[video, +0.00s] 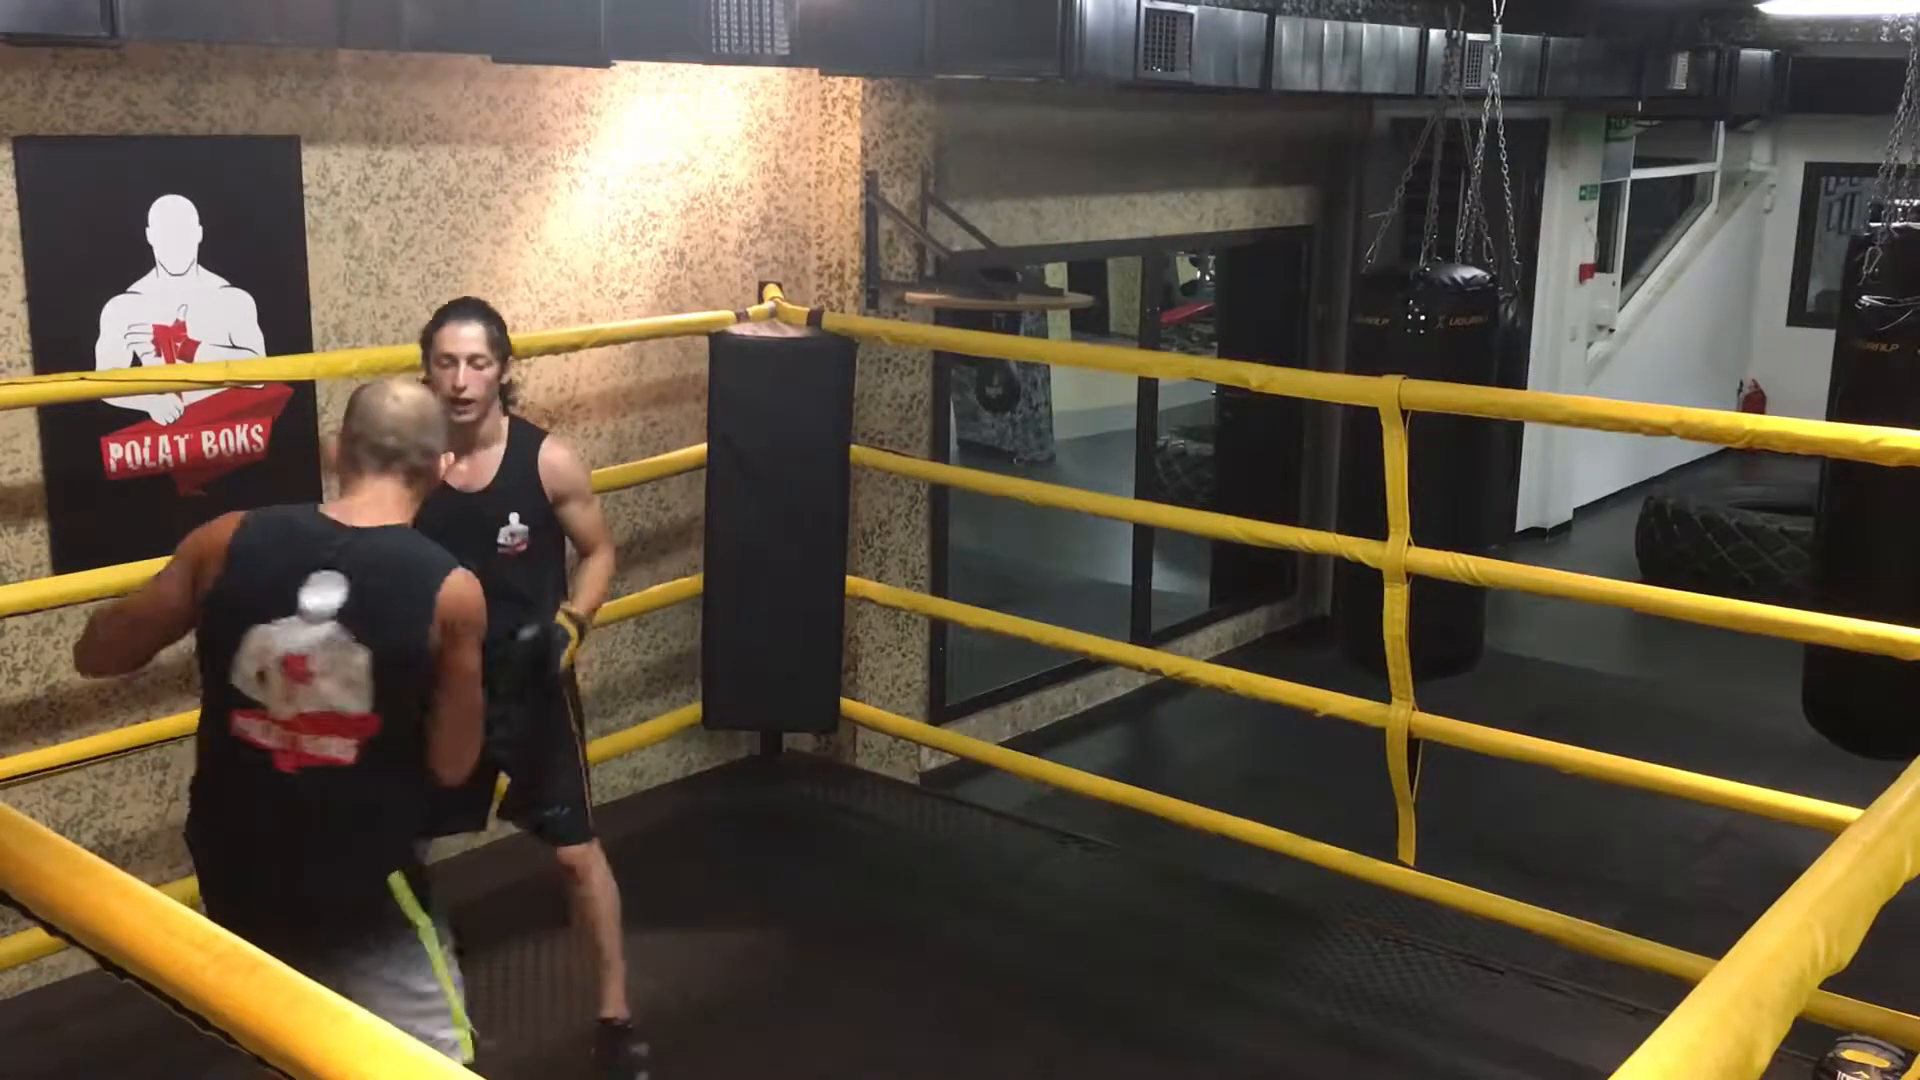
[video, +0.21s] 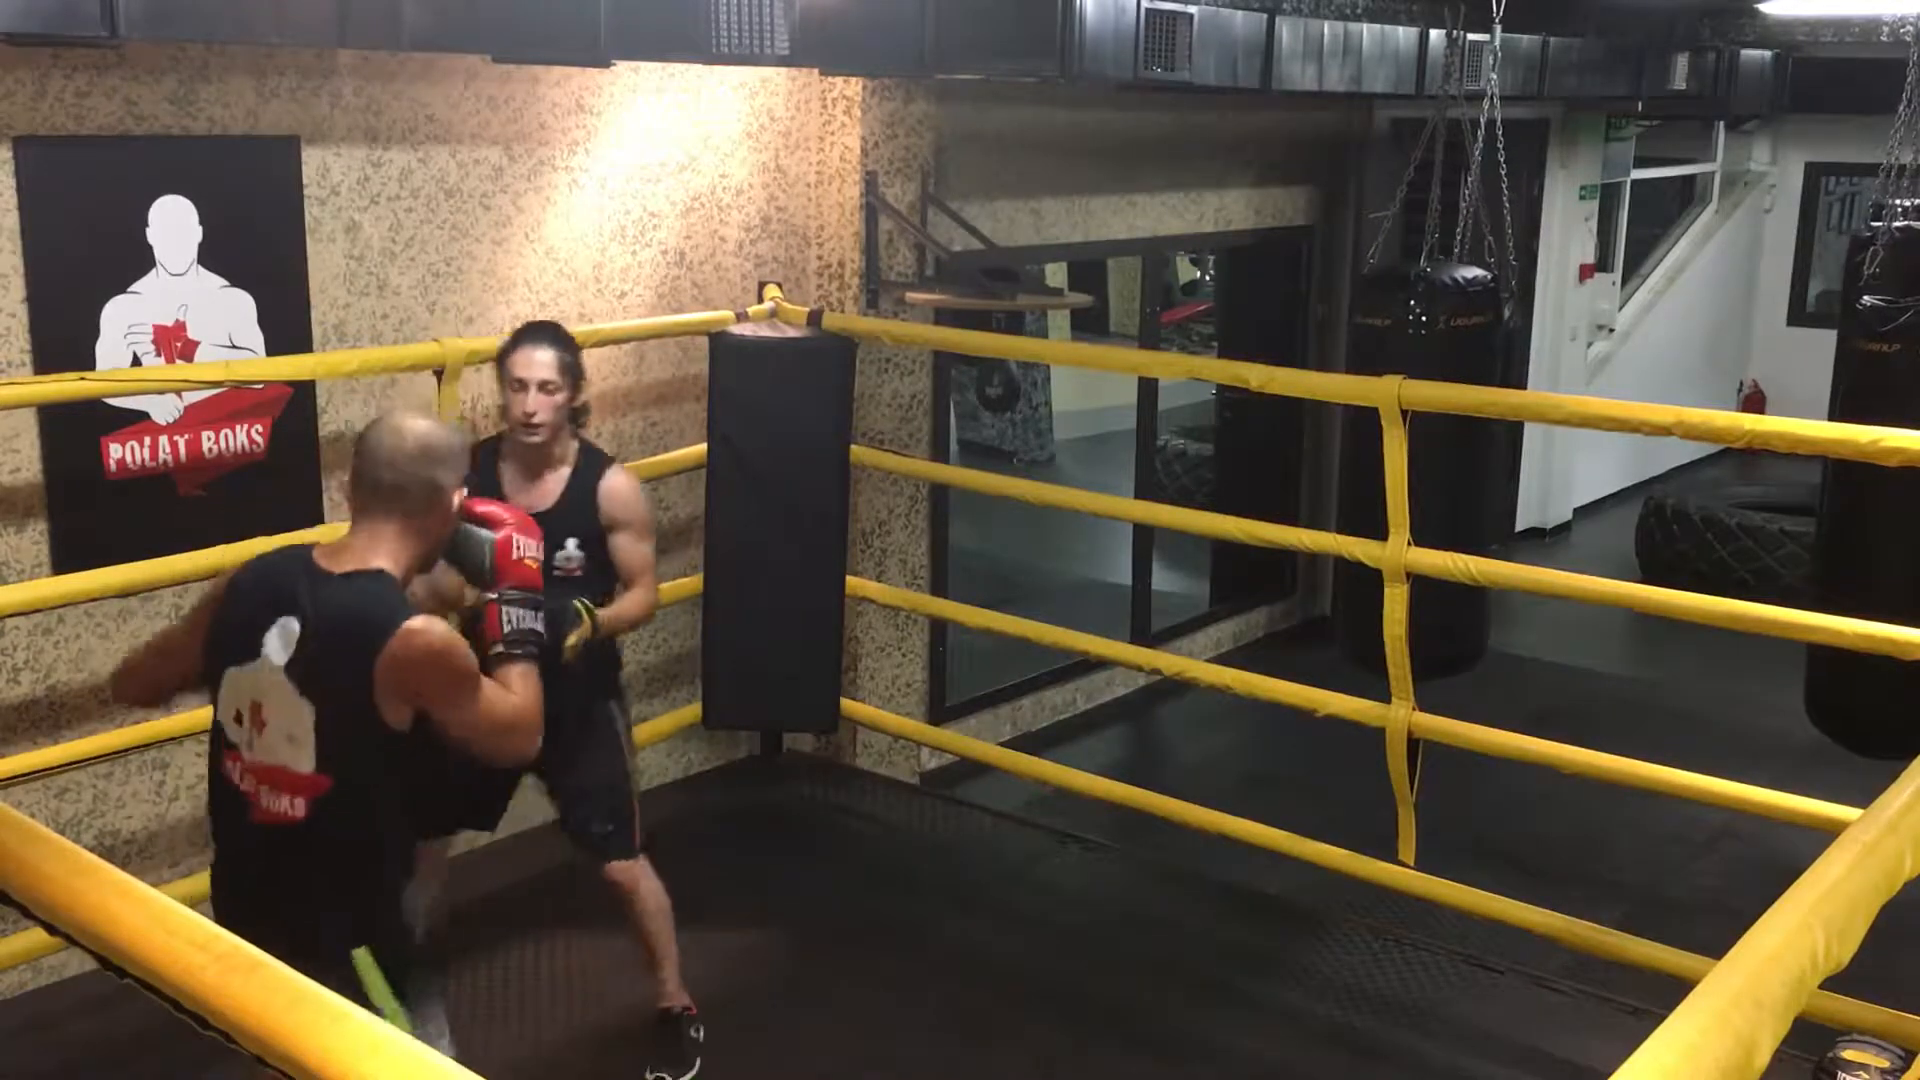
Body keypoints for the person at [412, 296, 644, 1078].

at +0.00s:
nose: (459, 378)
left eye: (476, 363)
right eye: (445, 364)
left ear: (504, 370)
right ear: (427, 371)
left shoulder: (549, 460)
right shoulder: (408, 461)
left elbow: (598, 553)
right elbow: (372, 552)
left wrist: (571, 622)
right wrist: (395, 626)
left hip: (527, 680)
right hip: (432, 674)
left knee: (575, 850)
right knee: (400, 840)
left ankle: (614, 1013)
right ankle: (413, 997)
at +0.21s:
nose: (529, 405)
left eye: (546, 389)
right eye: (517, 388)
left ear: (575, 395)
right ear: (500, 393)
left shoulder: (611, 487)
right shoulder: (473, 468)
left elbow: (642, 593)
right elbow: (432, 562)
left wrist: (594, 621)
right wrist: (464, 603)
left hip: (576, 686)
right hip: (482, 677)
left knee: (621, 864)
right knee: (423, 830)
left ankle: (674, 999)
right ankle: (410, 955)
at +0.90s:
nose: (646, 401)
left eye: (662, 385)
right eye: (634, 384)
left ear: (696, 386)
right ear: (622, 388)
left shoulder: (743, 456)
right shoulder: (630, 469)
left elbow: (769, 555)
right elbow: (588, 559)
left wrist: (732, 460)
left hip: (744, 682)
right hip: (672, 679)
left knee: (771, 855)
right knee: (655, 833)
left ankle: (816, 1034)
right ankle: (730, 951)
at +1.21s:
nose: (684, 409)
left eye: (701, 393)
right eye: (674, 395)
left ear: (735, 400)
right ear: (664, 405)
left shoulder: (783, 478)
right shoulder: (672, 485)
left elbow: (786, 570)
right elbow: (606, 545)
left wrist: (765, 471)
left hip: (788, 698)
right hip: (718, 689)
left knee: (790, 881)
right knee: (688, 833)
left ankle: (820, 1048)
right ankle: (742, 949)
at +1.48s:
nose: (715, 398)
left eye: (730, 382)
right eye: (705, 383)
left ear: (770, 384)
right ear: (699, 389)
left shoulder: (818, 462)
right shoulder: (707, 471)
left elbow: (828, 574)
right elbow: (652, 544)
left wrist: (803, 473)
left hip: (811, 685)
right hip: (737, 679)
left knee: (805, 863)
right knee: (726, 826)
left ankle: (864, 1005)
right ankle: (782, 955)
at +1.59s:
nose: (730, 398)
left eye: (746, 382)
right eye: (721, 382)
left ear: (787, 386)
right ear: (712, 386)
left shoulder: (829, 470)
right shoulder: (721, 461)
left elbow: (870, 589)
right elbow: (650, 500)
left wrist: (798, 549)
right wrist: (670, 504)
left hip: (824, 697)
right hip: (743, 684)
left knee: (819, 871)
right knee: (724, 819)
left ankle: (861, 1020)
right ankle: (776, 940)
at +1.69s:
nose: (748, 398)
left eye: (764, 382)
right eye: (740, 382)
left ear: (805, 387)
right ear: (732, 388)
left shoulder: (858, 474)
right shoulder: (730, 466)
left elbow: (920, 574)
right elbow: (642, 526)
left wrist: (865, 640)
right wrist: (674, 477)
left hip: (831, 694)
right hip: (750, 689)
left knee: (831, 861)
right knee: (754, 819)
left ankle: (860, 1018)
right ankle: (804, 908)